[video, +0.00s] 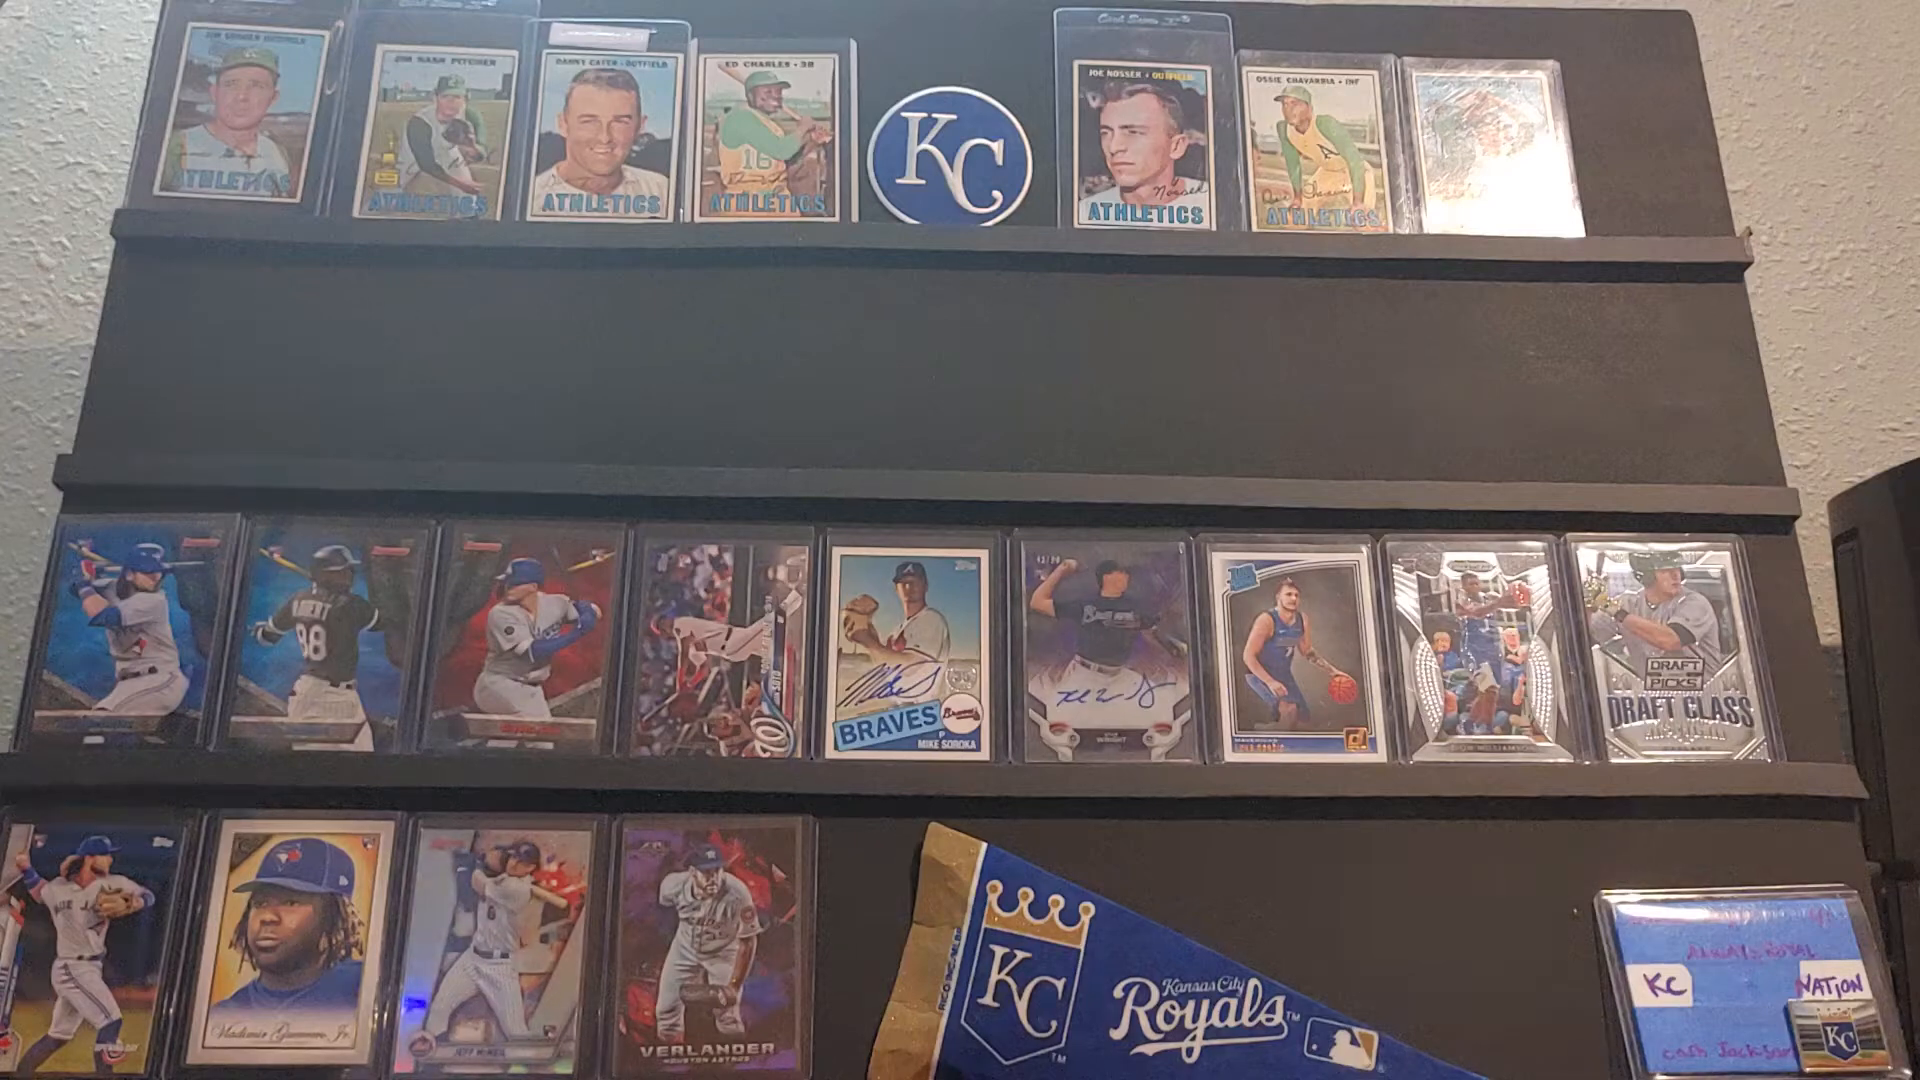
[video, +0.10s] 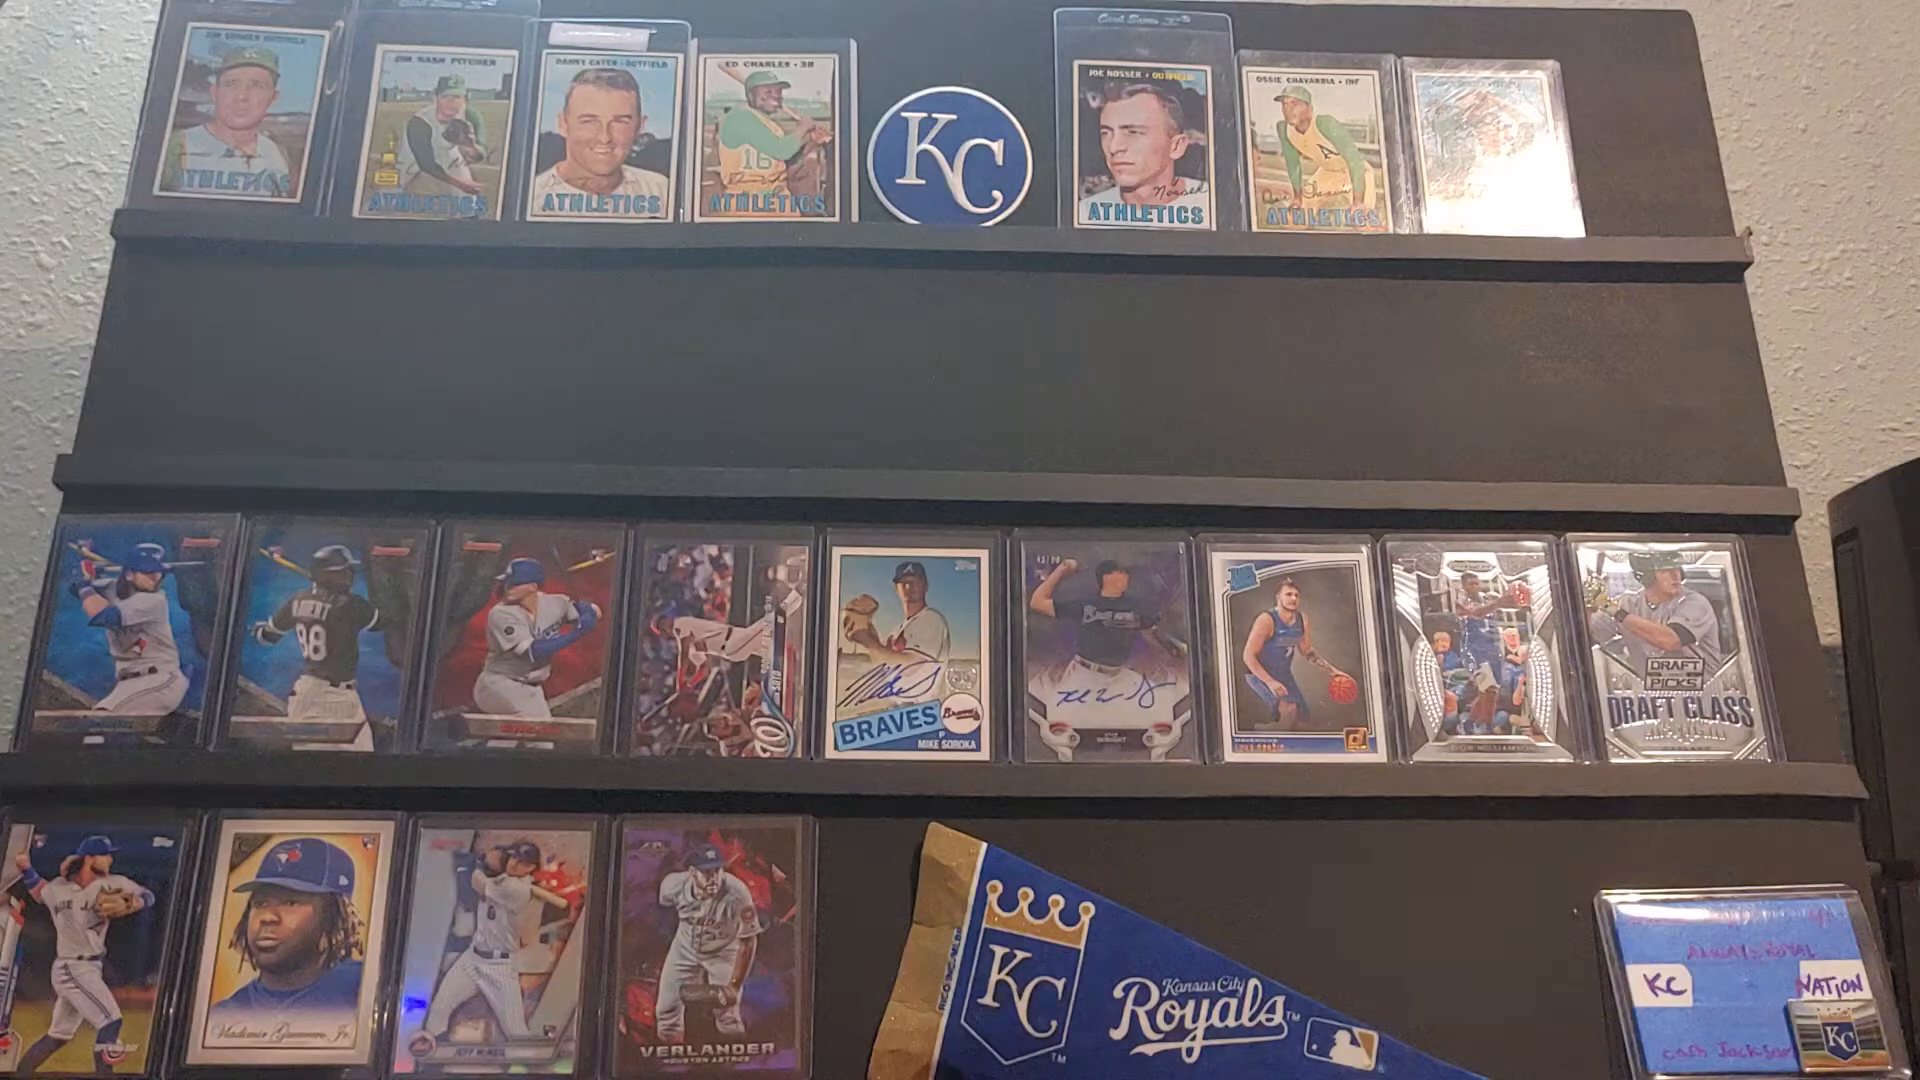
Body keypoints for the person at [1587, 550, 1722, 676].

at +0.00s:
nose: (1676, 576)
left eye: (1677, 569)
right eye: (1666, 570)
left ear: (1682, 571)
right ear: (1646, 575)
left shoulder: (1696, 604)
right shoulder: (1628, 603)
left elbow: (1671, 641)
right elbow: (1588, 635)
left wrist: (1623, 616)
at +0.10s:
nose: (1676, 576)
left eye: (1677, 569)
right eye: (1666, 570)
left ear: (1682, 571)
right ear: (1646, 575)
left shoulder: (1696, 604)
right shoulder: (1628, 603)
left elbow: (1671, 641)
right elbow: (1588, 635)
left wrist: (1623, 616)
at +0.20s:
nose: (1676, 576)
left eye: (1677, 569)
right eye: (1666, 570)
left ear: (1682, 571)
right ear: (1646, 575)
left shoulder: (1696, 604)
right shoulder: (1628, 603)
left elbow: (1671, 641)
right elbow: (1588, 635)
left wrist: (1623, 616)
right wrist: (1585, 610)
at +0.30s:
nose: (1676, 575)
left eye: (1677, 568)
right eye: (1666, 570)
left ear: (1682, 571)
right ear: (1645, 575)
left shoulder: (1696, 604)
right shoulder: (1628, 603)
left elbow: (1670, 641)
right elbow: (1589, 635)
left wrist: (1623, 616)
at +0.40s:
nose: (1676, 575)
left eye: (1677, 568)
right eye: (1666, 570)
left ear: (1682, 571)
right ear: (1645, 575)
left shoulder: (1696, 604)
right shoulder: (1628, 603)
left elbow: (1670, 641)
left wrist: (1623, 616)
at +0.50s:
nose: (1676, 575)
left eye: (1677, 568)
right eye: (1666, 570)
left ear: (1682, 571)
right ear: (1645, 575)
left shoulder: (1696, 604)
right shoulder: (1628, 603)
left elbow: (1671, 641)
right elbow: (1588, 635)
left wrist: (1621, 615)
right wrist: (1584, 608)